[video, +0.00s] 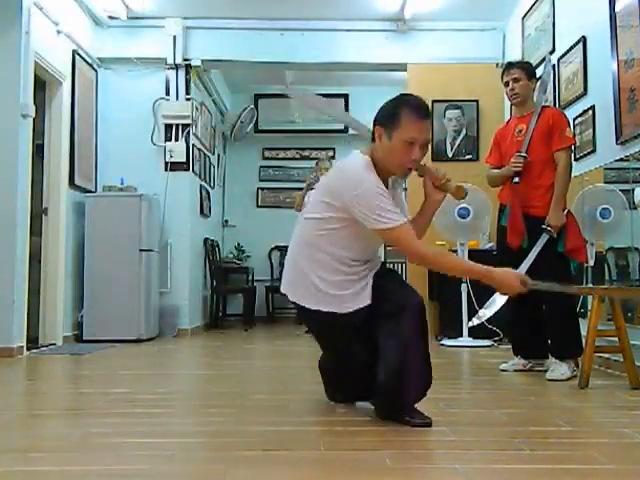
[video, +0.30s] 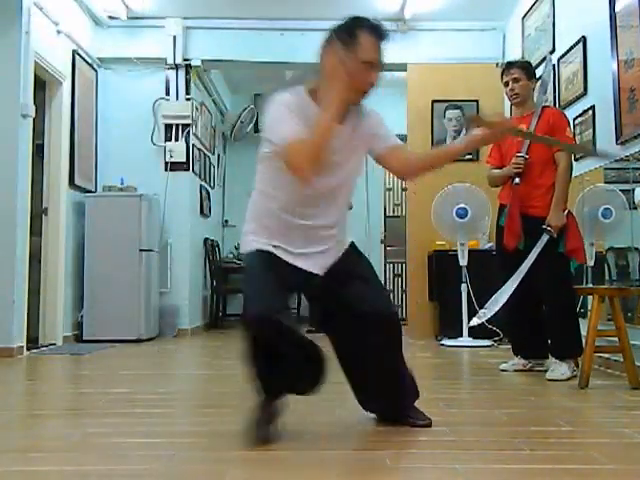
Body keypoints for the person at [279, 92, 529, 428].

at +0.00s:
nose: (417, 155)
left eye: (423, 146)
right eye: (409, 144)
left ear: (428, 144)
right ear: (379, 135)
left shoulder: (390, 176)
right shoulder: (357, 179)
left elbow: (406, 241)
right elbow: (415, 253)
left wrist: (431, 202)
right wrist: (491, 275)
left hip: (362, 273)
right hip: (320, 284)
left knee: (408, 307)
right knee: (361, 357)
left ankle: (395, 402)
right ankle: (339, 383)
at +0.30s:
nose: (374, 77)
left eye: (377, 67)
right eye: (367, 64)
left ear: (376, 69)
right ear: (332, 55)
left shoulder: (364, 120)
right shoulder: (285, 106)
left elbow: (406, 166)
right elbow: (303, 166)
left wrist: (473, 141)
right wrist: (332, 104)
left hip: (329, 245)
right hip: (271, 243)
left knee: (377, 316)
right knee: (261, 318)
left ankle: (394, 404)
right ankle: (271, 394)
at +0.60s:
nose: (217, 26)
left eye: (225, 18)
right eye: (211, 17)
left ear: (241, 22)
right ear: (190, 14)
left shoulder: (254, 63)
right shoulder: (158, 35)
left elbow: (255, 131)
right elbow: (166, 24)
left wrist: (172, 121)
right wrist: (253, 31)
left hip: (198, 223)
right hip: (128, 210)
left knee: (245, 314)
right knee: (147, 302)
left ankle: (185, 397)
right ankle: (113, 430)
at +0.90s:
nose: (112, 2)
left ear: (151, 7)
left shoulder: (165, 63)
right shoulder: (57, 31)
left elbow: (179, 127)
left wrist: (93, 83)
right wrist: (32, 62)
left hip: (67, 227)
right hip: (16, 195)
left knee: (25, 334)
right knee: (68, 302)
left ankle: (23, 452)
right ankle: (24, 454)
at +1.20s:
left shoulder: (64, 32)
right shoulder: (17, 12)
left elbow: (94, 72)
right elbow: (121, 21)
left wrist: (119, 90)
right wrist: (179, 40)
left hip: (29, 209)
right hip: (4, 207)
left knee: (48, 308)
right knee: (48, 300)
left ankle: (18, 454)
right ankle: (12, 456)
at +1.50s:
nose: (66, 53)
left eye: (72, 45)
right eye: (65, 40)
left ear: (64, 42)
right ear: (36, 24)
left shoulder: (26, 86)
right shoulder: (8, 73)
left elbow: (53, 116)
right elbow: (16, 45)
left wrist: (100, 119)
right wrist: (27, 5)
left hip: (6, 225)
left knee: (11, 304)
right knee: (12, 298)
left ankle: (2, 438)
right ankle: (6, 399)